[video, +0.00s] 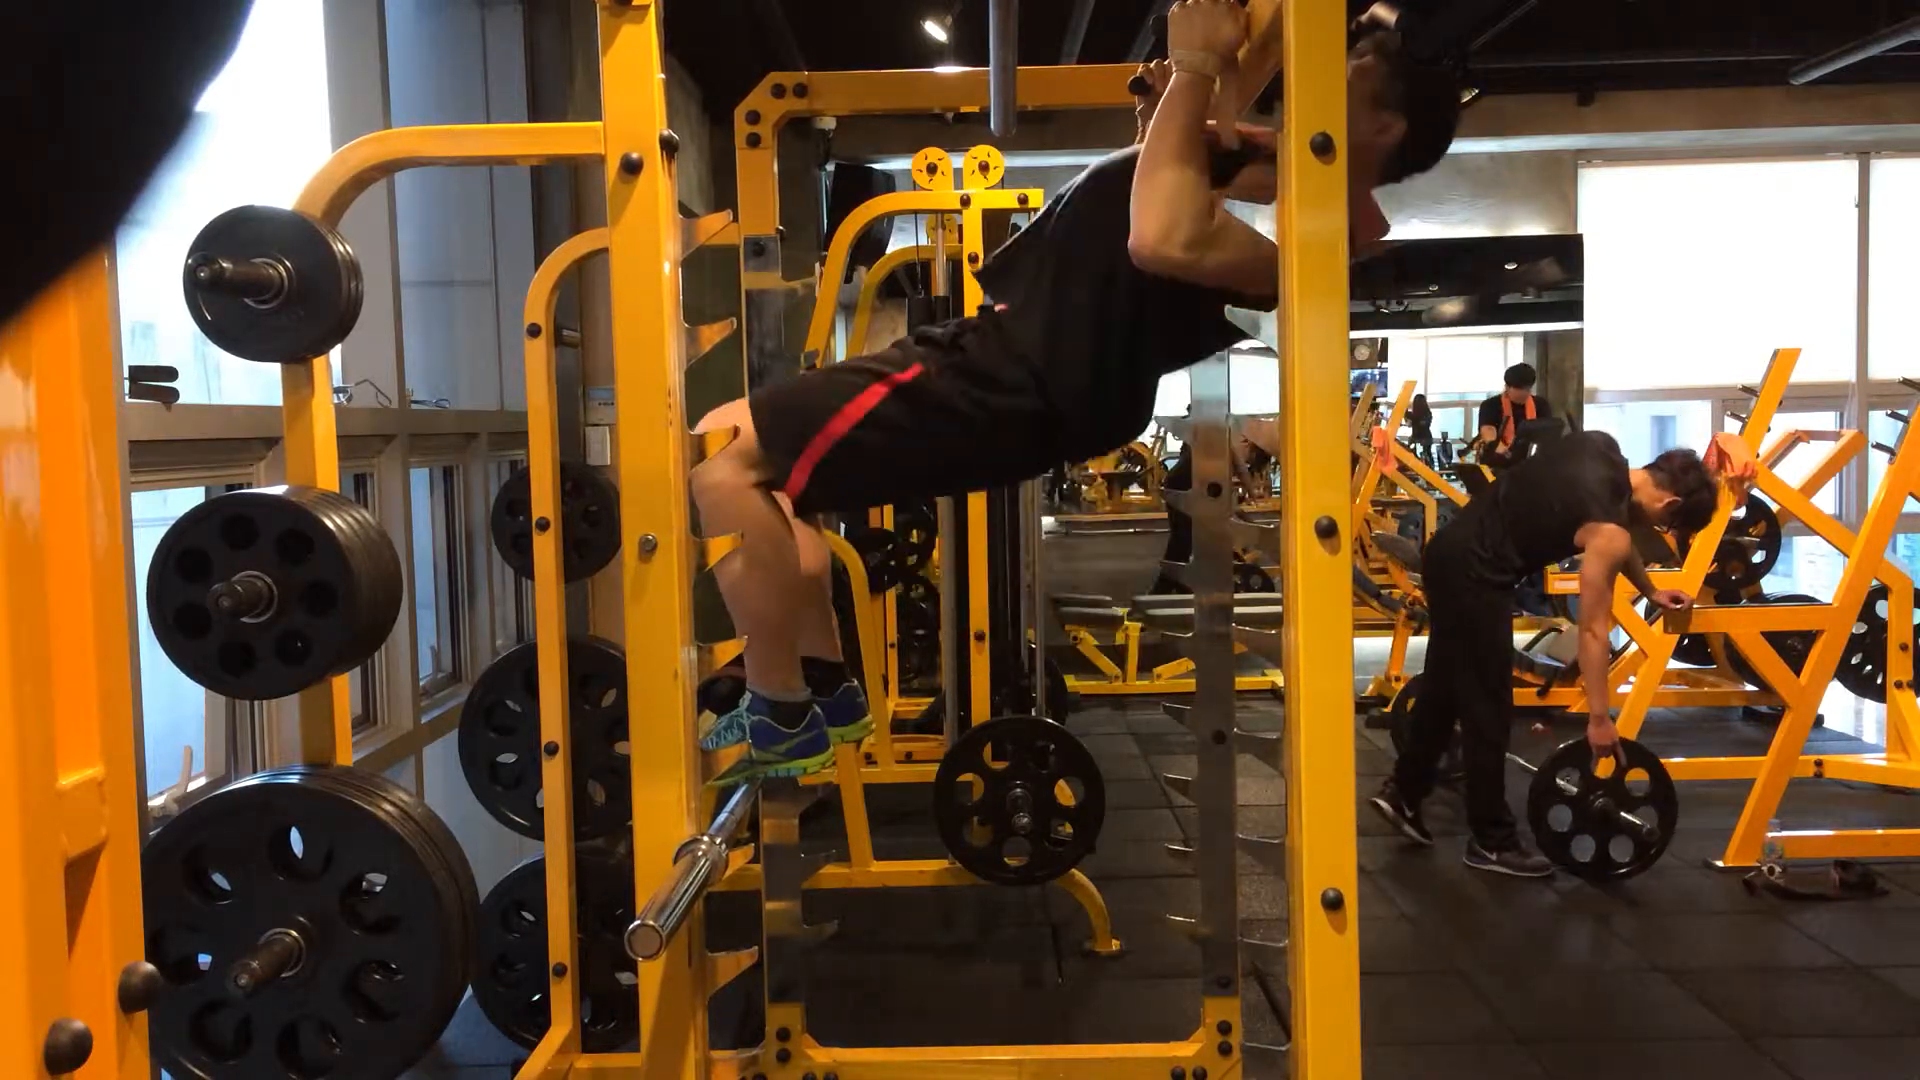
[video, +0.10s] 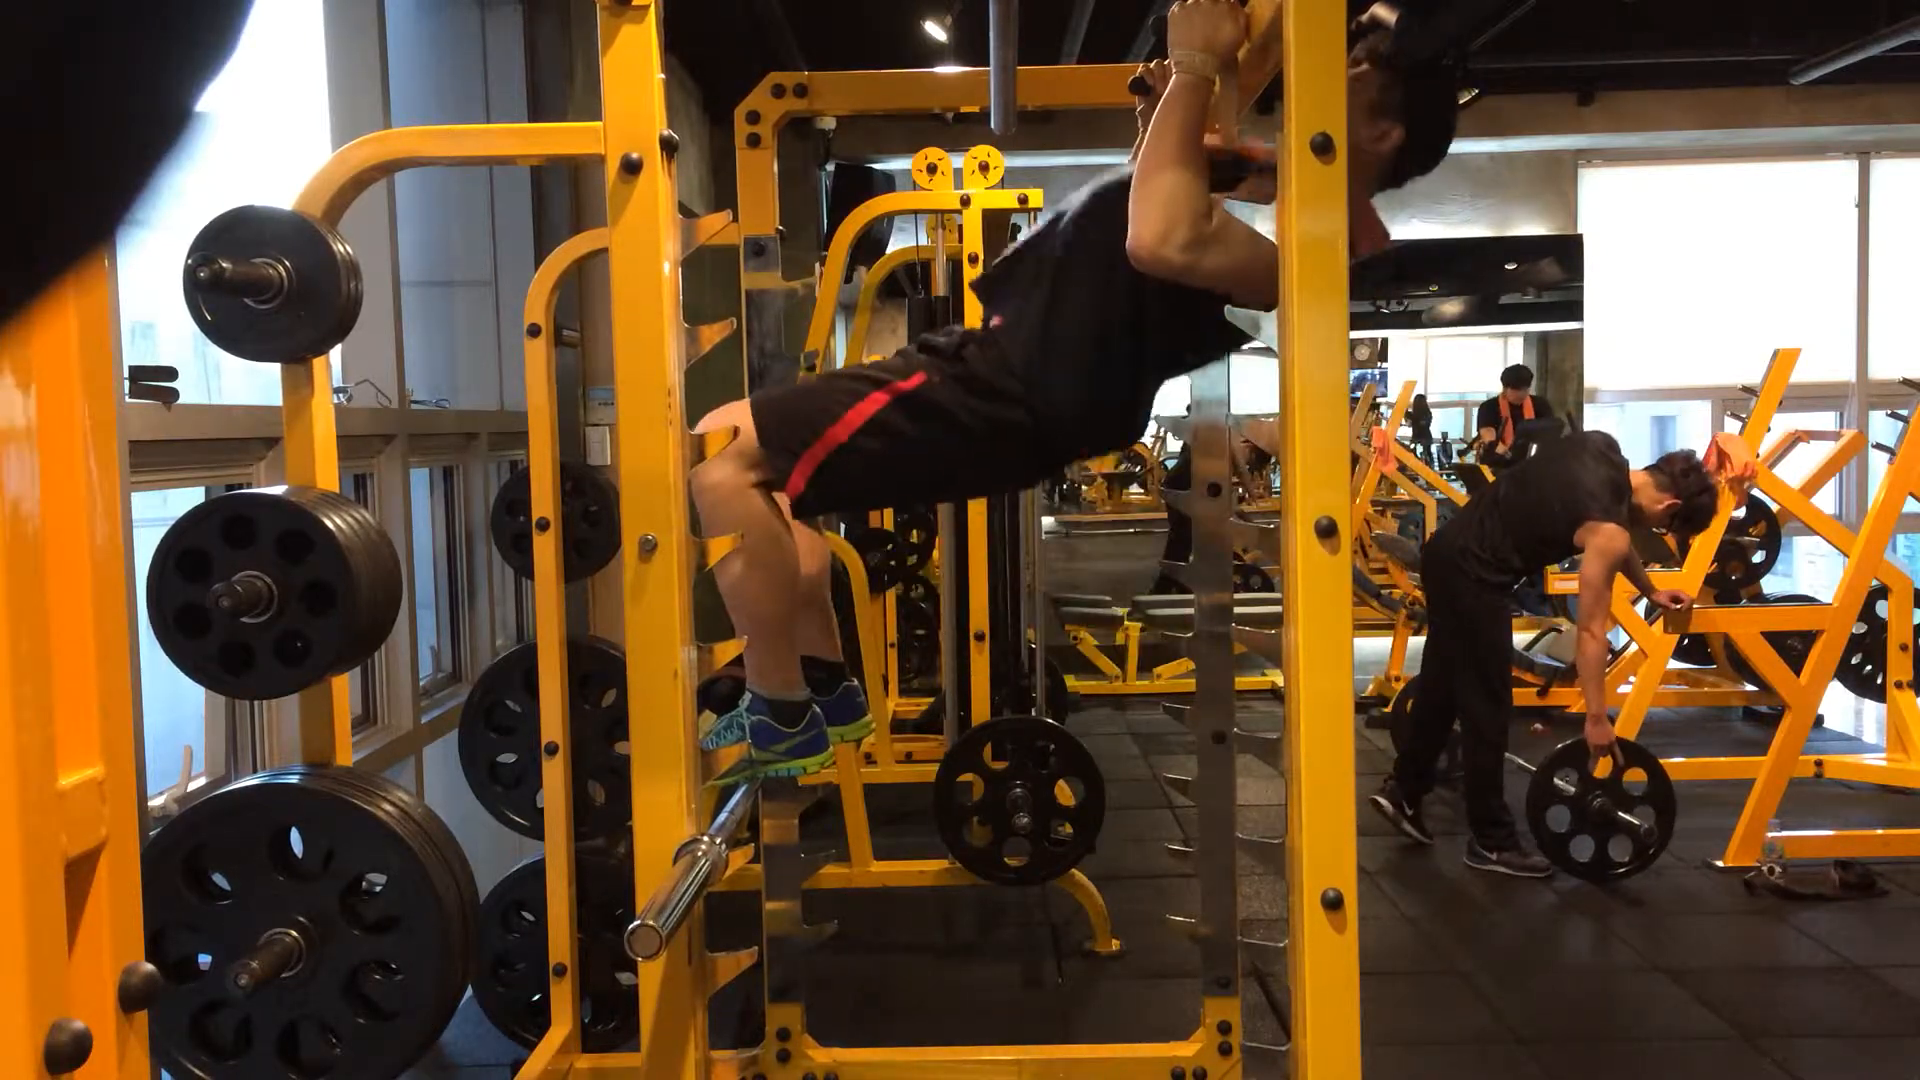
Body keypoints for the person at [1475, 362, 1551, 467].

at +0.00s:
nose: (1523, 394)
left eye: (1527, 389)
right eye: (1518, 389)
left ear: (1531, 388)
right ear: (1507, 387)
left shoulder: (1540, 404)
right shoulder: (1490, 406)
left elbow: (1547, 435)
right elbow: (1489, 439)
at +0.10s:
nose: (1521, 395)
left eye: (1524, 390)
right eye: (1516, 390)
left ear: (1529, 389)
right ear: (1505, 388)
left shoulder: (1540, 404)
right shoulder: (1488, 408)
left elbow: (1550, 434)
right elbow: (1490, 444)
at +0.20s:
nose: (1516, 395)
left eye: (1519, 390)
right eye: (1511, 390)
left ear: (1523, 388)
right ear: (1501, 389)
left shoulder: (1538, 404)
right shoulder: (1486, 410)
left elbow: (1549, 434)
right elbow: (1489, 446)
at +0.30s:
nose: (1514, 395)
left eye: (1517, 390)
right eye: (1508, 391)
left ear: (1521, 388)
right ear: (1498, 391)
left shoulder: (1536, 403)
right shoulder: (1484, 411)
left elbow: (1546, 433)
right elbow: (1488, 443)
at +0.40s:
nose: (1514, 397)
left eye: (1517, 392)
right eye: (1509, 393)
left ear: (1521, 390)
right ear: (1499, 392)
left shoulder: (1535, 404)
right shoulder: (1484, 411)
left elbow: (1546, 433)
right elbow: (1488, 444)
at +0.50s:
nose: (1517, 397)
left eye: (1520, 392)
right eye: (1511, 393)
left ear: (1524, 390)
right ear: (1502, 390)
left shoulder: (1536, 405)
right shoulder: (1485, 410)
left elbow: (1546, 436)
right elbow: (1489, 446)